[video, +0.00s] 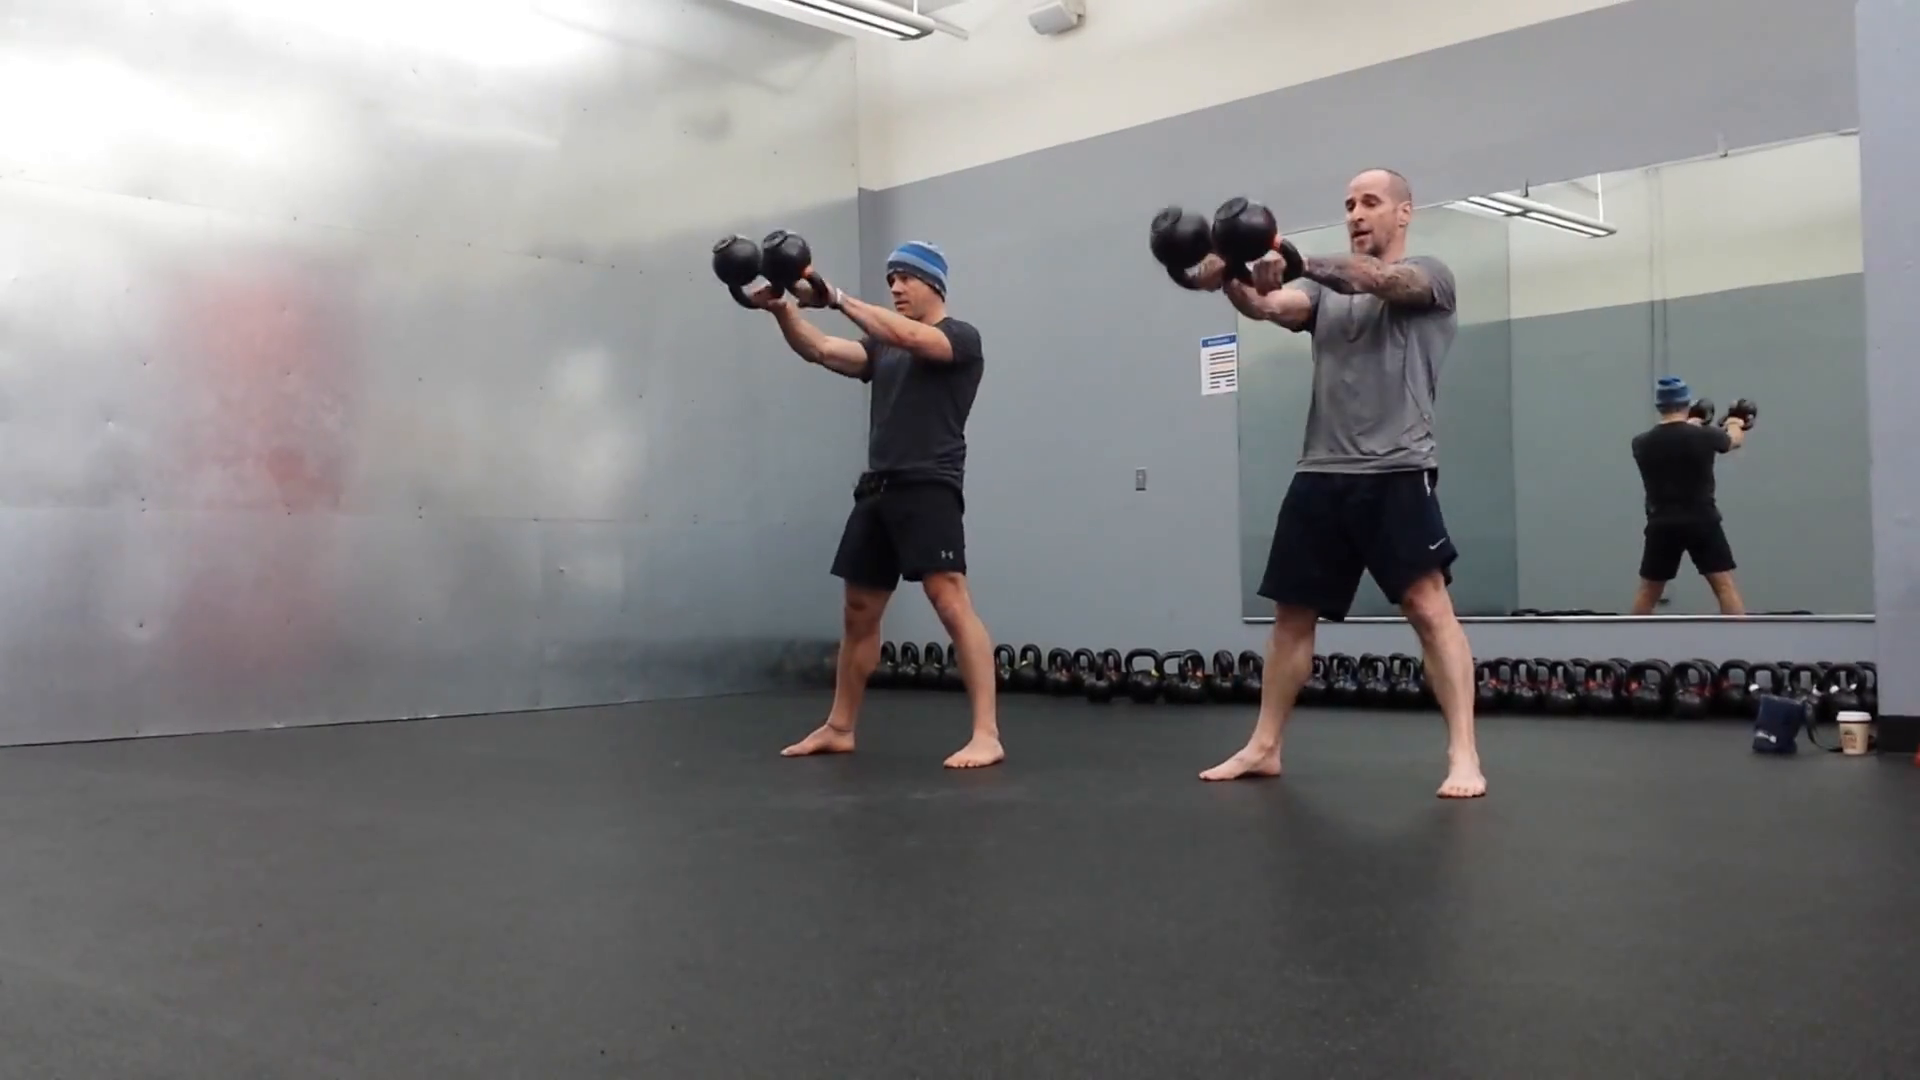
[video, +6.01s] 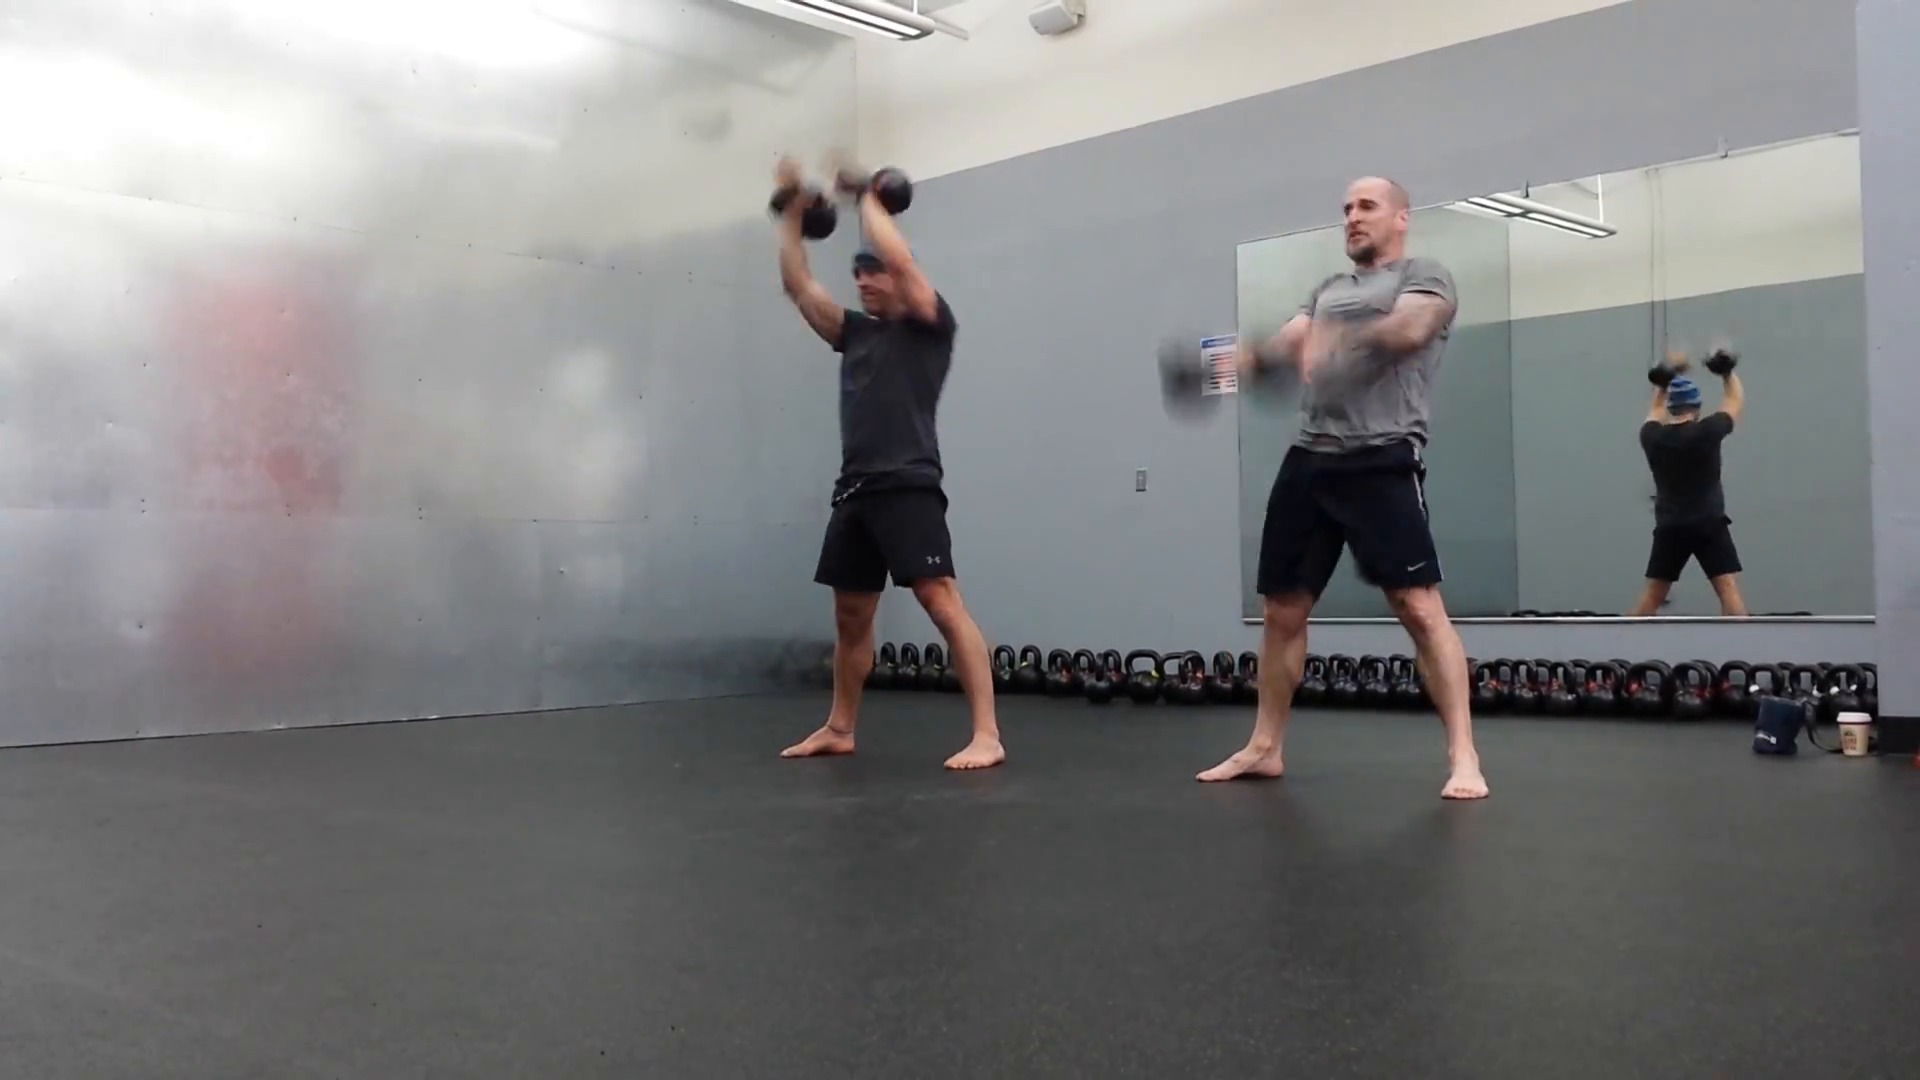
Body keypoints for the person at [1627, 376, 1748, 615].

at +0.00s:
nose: (1687, 405)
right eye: (1686, 402)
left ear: (1659, 406)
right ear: (1686, 404)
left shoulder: (1640, 443)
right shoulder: (1704, 435)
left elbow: (1666, 441)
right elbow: (1734, 440)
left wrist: (1687, 425)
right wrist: (1734, 423)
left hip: (1661, 527)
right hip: (1701, 525)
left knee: (1648, 593)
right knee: (1723, 588)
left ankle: (1629, 647)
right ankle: (1744, 647)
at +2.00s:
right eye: (1699, 404)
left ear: (1673, 409)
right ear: (1703, 406)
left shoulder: (1659, 436)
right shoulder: (1715, 429)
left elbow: (1647, 394)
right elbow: (1739, 385)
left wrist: (1652, 354)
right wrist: (1725, 349)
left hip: (1674, 525)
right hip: (1712, 523)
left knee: (1654, 595)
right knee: (1729, 590)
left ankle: (1627, 650)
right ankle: (1745, 651)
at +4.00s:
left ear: (1684, 444)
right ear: (1711, 443)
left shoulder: (1663, 473)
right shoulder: (1725, 471)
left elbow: (1654, 518)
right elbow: (1724, 519)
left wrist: (1662, 568)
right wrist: (1702, 566)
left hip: (1659, 534)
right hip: (1701, 534)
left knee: (1629, 593)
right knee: (1750, 587)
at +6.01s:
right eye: (1696, 404)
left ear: (1669, 407)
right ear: (1697, 406)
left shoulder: (1652, 437)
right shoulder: (1709, 431)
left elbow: (1656, 408)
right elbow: (1734, 401)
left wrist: (1660, 382)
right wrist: (1727, 371)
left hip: (1670, 528)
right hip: (1708, 525)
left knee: (1652, 597)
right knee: (1728, 593)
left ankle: (1622, 651)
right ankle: (1746, 651)